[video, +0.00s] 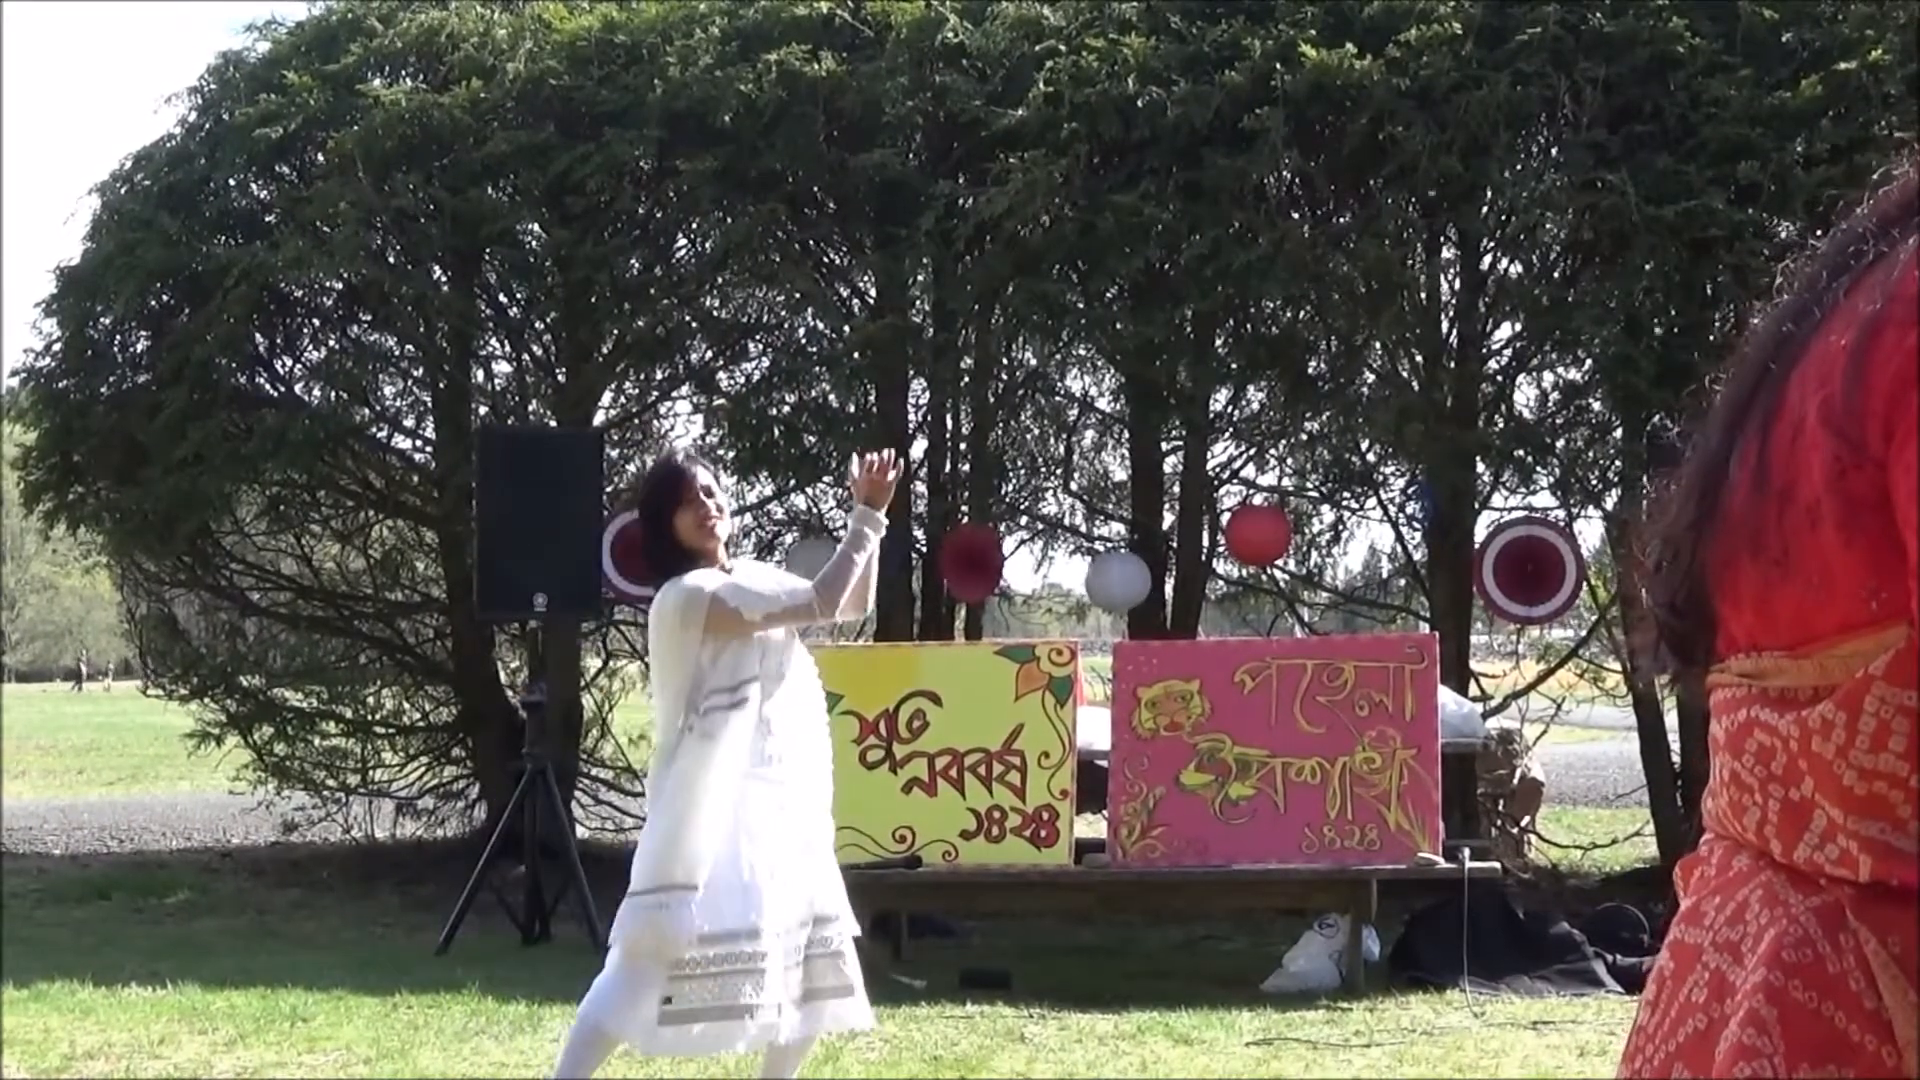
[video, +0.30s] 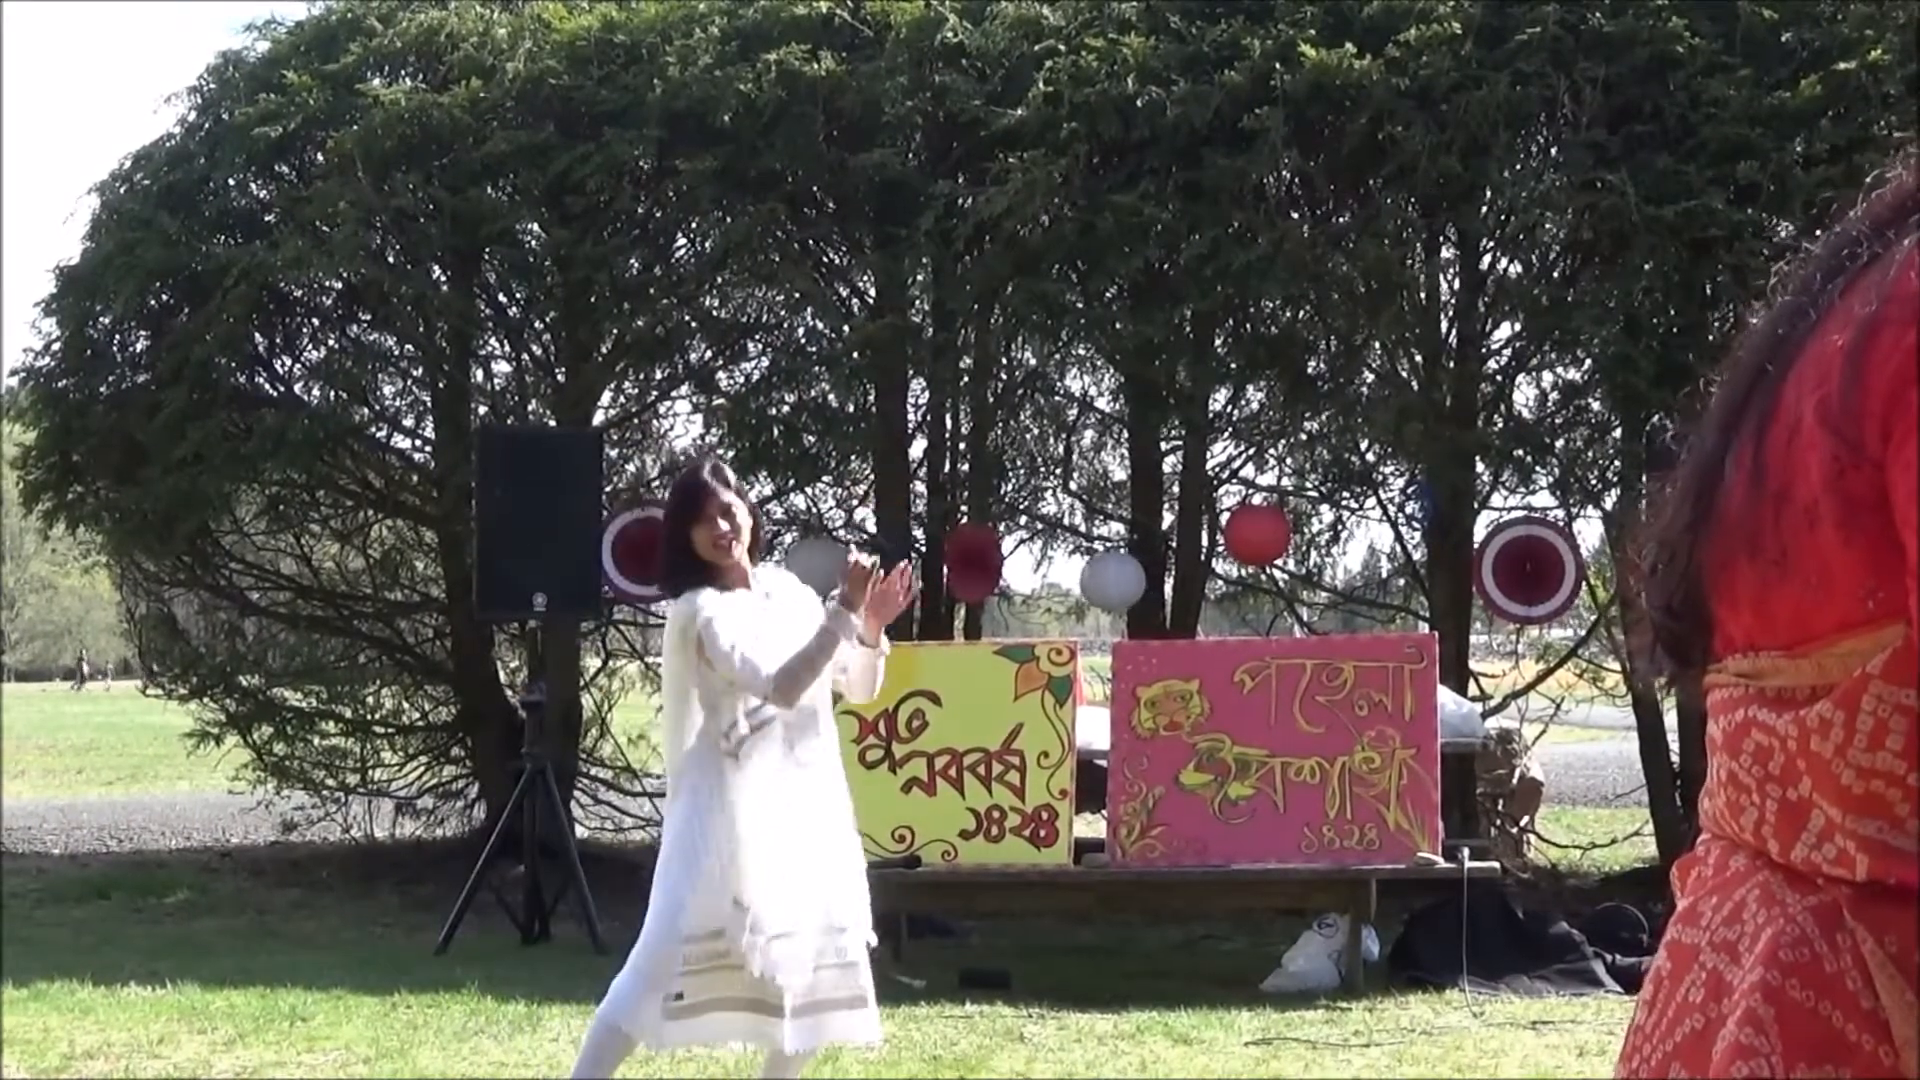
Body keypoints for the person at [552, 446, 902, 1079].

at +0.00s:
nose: (706, 507)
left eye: (710, 493)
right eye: (687, 502)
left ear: (725, 501)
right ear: (665, 522)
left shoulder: (751, 583)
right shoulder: (685, 596)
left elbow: (848, 606)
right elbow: (826, 601)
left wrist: (871, 517)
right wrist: (867, 513)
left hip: (779, 811)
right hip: (702, 813)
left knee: (821, 978)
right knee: (638, 966)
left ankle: (775, 1073)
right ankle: (566, 1072)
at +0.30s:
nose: (724, 527)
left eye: (731, 510)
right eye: (706, 519)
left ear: (751, 514)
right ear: (686, 536)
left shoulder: (790, 589)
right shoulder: (701, 610)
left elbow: (860, 689)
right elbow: (783, 688)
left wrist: (871, 628)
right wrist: (845, 608)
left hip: (801, 814)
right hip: (722, 820)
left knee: (813, 970)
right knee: (660, 961)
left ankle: (780, 1072)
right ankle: (585, 1074)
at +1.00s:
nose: (687, 497)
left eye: (699, 481)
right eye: (672, 485)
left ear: (723, 486)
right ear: (653, 495)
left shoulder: (771, 565)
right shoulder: (626, 576)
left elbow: (852, 636)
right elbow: (552, 661)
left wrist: (840, 689)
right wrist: (614, 690)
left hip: (750, 796)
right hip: (648, 799)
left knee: (758, 966)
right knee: (603, 966)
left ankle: (755, 1076)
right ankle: (563, 1075)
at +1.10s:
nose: (675, 493)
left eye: (687, 479)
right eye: (660, 481)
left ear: (709, 486)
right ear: (639, 492)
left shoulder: (754, 567)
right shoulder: (605, 579)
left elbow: (833, 640)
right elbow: (536, 668)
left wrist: (830, 711)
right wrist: (580, 688)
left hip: (733, 796)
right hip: (629, 799)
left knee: (747, 962)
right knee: (597, 965)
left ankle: (754, 1075)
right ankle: (564, 1073)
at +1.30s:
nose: (640, 503)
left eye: (651, 488)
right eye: (625, 490)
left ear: (667, 495)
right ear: (599, 498)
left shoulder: (702, 579)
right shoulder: (552, 588)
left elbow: (725, 684)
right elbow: (525, 701)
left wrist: (771, 745)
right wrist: (554, 691)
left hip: (686, 808)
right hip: (579, 811)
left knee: (716, 974)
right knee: (565, 978)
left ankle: (746, 1075)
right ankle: (555, 1076)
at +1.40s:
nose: (618, 510)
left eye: (629, 496)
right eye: (603, 497)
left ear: (645, 502)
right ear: (576, 503)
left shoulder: (675, 583)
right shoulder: (533, 590)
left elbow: (695, 705)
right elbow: (504, 705)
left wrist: (744, 741)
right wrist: (554, 681)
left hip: (664, 813)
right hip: (562, 815)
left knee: (697, 976)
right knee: (559, 984)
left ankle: (704, 1073)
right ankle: (553, 1075)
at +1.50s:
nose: (597, 516)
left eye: (609, 501)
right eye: (582, 503)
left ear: (626, 506)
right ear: (557, 510)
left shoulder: (655, 586)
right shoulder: (521, 595)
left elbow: (672, 708)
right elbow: (493, 709)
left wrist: (727, 736)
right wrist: (560, 669)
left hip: (642, 813)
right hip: (550, 815)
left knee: (653, 961)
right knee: (551, 976)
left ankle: (611, 1069)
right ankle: (555, 1070)